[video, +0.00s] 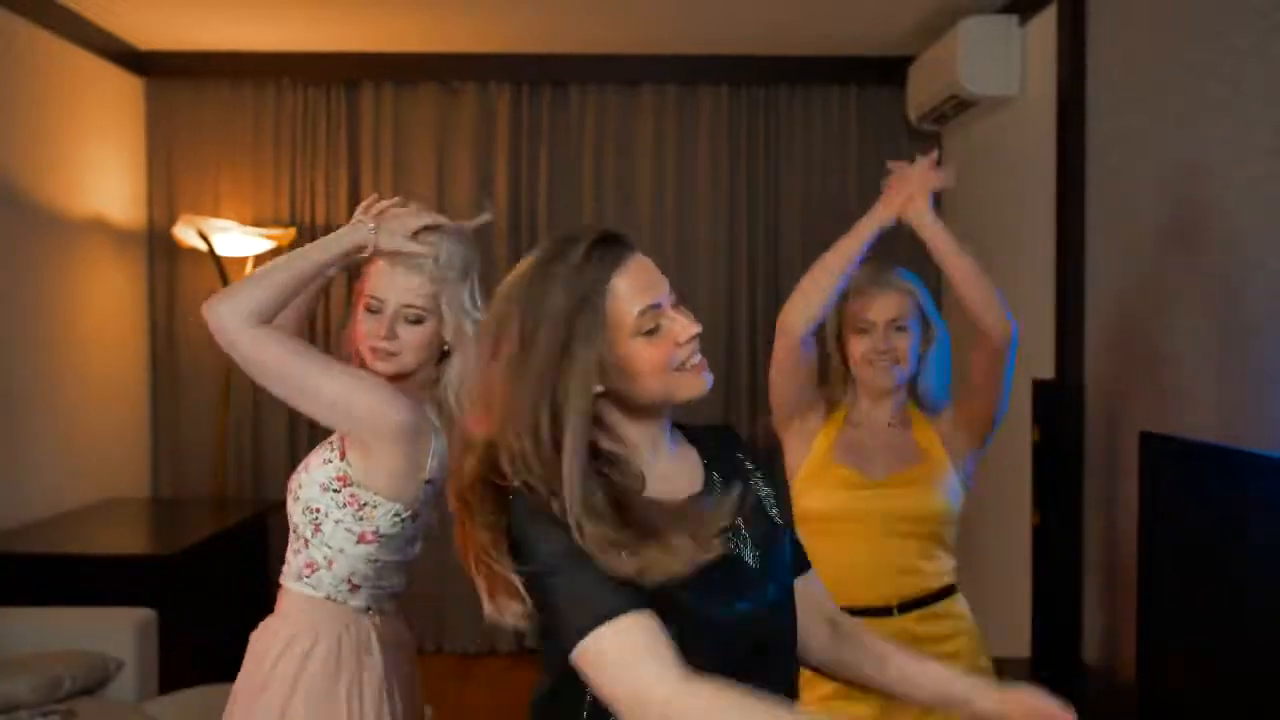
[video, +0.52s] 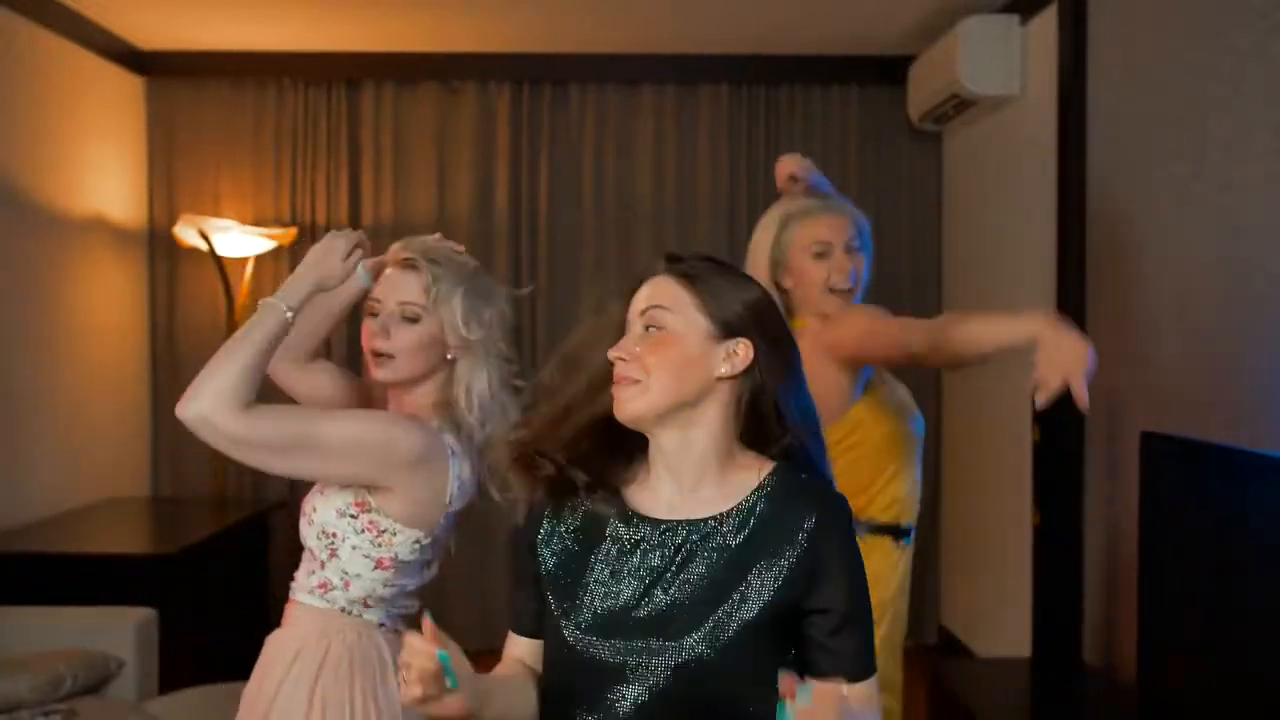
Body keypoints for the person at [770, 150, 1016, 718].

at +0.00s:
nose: (881, 343)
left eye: (899, 328)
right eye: (863, 329)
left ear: (922, 343)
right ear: (840, 344)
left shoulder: (951, 435)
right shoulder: (805, 430)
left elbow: (996, 334)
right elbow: (792, 328)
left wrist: (922, 216)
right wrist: (881, 213)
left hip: (943, 665)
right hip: (835, 671)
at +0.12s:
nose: (868, 282)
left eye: (884, 264)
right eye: (847, 267)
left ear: (908, 278)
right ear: (820, 285)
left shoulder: (939, 374)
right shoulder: (795, 377)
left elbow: (1007, 248)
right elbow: (779, 264)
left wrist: (943, 137)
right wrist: (820, 163)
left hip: (930, 637)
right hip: (831, 641)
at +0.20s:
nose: (854, 277)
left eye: (870, 260)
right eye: (836, 262)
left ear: (897, 277)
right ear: (808, 277)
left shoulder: (922, 371)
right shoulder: (797, 378)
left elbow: (983, 242)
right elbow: (793, 280)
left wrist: (926, 130)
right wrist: (799, 174)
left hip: (918, 635)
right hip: (831, 637)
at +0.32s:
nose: (849, 330)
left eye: (855, 310)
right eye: (823, 314)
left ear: (873, 323)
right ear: (785, 335)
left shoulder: (885, 420)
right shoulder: (801, 442)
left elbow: (928, 290)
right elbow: (862, 335)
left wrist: (867, 198)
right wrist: (826, 210)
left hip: (890, 699)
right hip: (822, 701)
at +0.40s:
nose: (838, 341)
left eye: (852, 320)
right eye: (815, 325)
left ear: (869, 326)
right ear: (781, 345)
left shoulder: (866, 431)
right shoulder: (806, 445)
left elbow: (896, 323)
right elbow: (884, 346)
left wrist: (834, 243)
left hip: (881, 689)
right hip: (822, 693)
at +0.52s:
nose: (843, 266)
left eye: (853, 250)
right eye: (821, 251)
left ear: (864, 261)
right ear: (782, 270)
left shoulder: (826, 333)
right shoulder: (824, 334)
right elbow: (931, 338)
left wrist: (817, 194)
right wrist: (1040, 324)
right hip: (856, 569)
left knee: (870, 700)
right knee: (858, 703)